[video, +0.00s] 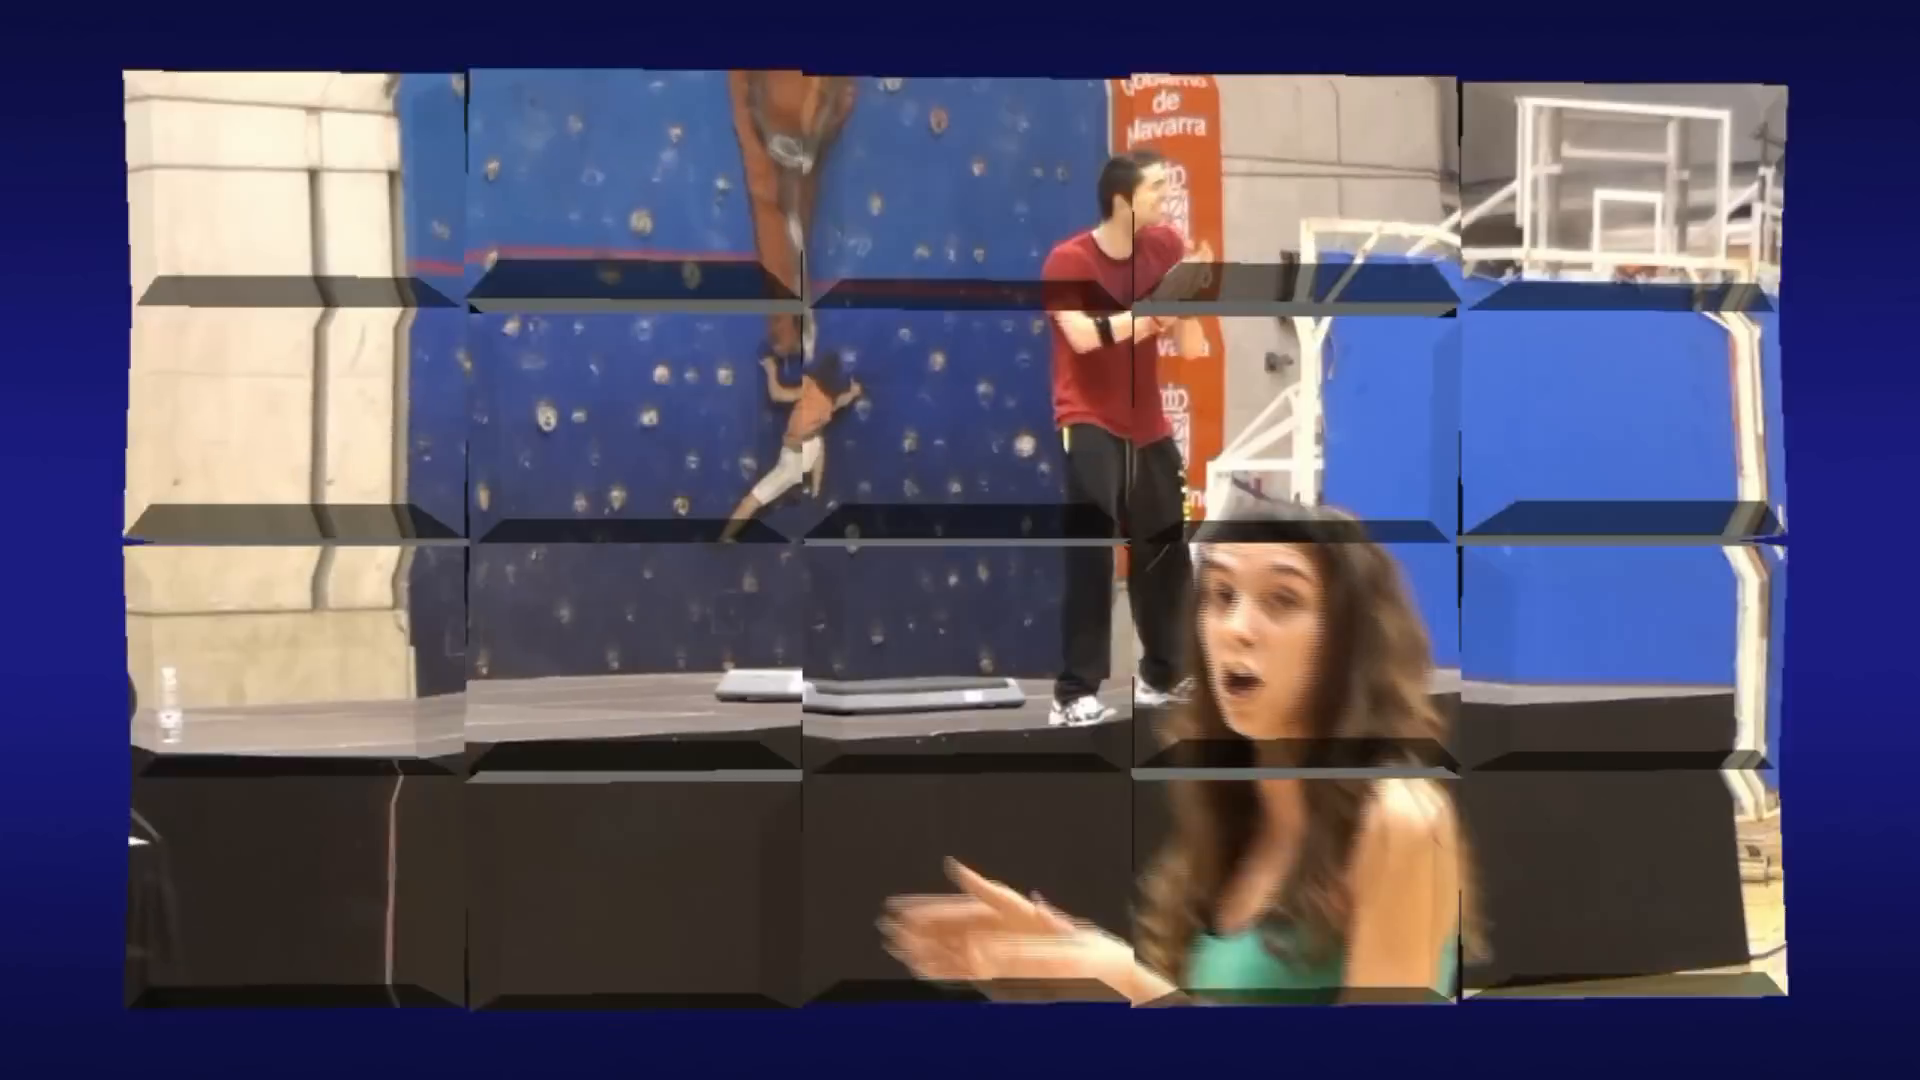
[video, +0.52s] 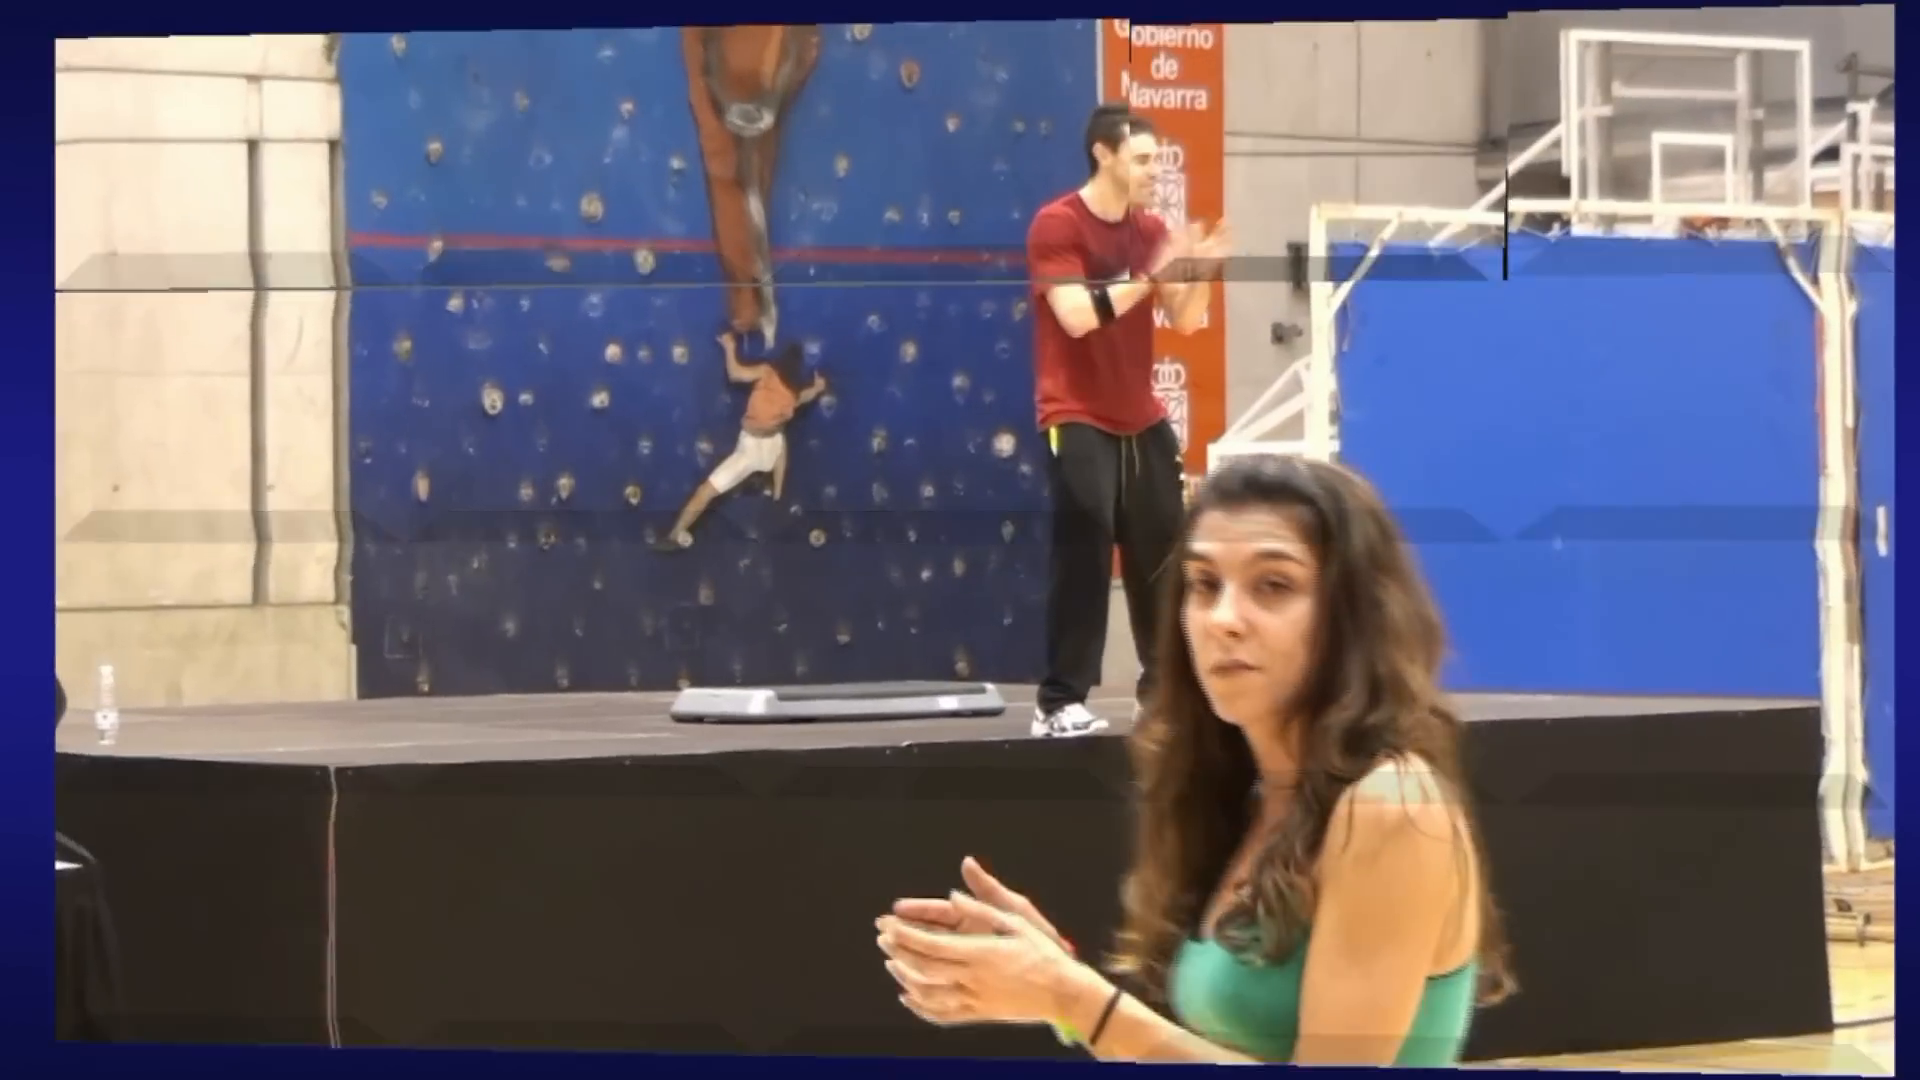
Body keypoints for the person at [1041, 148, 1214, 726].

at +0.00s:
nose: (1166, 197)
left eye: (1166, 187)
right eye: (1156, 188)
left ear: (1135, 198)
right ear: (1121, 198)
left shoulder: (1165, 247)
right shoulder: (1068, 259)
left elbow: (1189, 344)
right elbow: (1080, 336)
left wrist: (1184, 299)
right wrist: (1144, 320)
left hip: (1148, 423)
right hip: (1090, 420)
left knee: (1164, 551)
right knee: (1090, 549)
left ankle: (1163, 677)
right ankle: (1078, 690)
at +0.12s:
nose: (1117, 225)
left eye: (1119, 215)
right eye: (1113, 214)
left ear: (1080, 199)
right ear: (1083, 198)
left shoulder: (1103, 265)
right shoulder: (1016, 248)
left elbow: (1141, 331)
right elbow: (1024, 334)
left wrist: (1160, 297)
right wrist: (1098, 306)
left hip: (1101, 429)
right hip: (1040, 429)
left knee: (1120, 562)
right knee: (1044, 554)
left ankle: (1134, 691)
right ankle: (1025, 689)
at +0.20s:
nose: (1105, 216)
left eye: (1106, 208)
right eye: (1100, 203)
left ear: (1069, 187)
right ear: (1075, 186)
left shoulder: (1094, 242)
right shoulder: (1008, 242)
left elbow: (1128, 321)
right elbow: (1027, 337)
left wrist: (1166, 287)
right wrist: (1066, 292)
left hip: (1085, 420)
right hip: (1023, 419)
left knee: (1107, 551)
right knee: (1032, 545)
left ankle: (1116, 691)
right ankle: (1013, 688)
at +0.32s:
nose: (1120, 196)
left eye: (1121, 186)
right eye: (1111, 183)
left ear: (1080, 172)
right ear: (1077, 169)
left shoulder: (1099, 240)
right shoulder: (1017, 233)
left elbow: (1134, 316)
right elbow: (1053, 329)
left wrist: (1150, 271)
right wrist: (1116, 295)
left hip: (1095, 417)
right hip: (1032, 418)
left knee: (1111, 552)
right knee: (1035, 550)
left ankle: (1114, 692)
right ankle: (1020, 691)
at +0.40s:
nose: (1130, 187)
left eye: (1134, 176)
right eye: (1119, 173)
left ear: (1101, 167)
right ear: (1080, 161)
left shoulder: (1122, 248)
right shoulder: (1031, 230)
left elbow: (1151, 320)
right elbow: (1058, 325)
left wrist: (1166, 279)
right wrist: (1130, 293)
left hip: (1114, 417)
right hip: (1051, 418)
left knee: (1129, 555)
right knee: (1055, 550)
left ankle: (1142, 698)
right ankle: (1037, 695)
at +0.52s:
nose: (1153, 170)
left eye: (1155, 158)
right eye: (1142, 158)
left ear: (1143, 160)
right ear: (1103, 155)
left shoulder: (1150, 231)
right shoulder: (1056, 223)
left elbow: (1185, 319)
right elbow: (1076, 317)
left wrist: (1203, 267)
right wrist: (1157, 273)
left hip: (1140, 411)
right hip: (1076, 411)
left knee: (1161, 549)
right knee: (1088, 542)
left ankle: (1166, 695)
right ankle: (1064, 699)